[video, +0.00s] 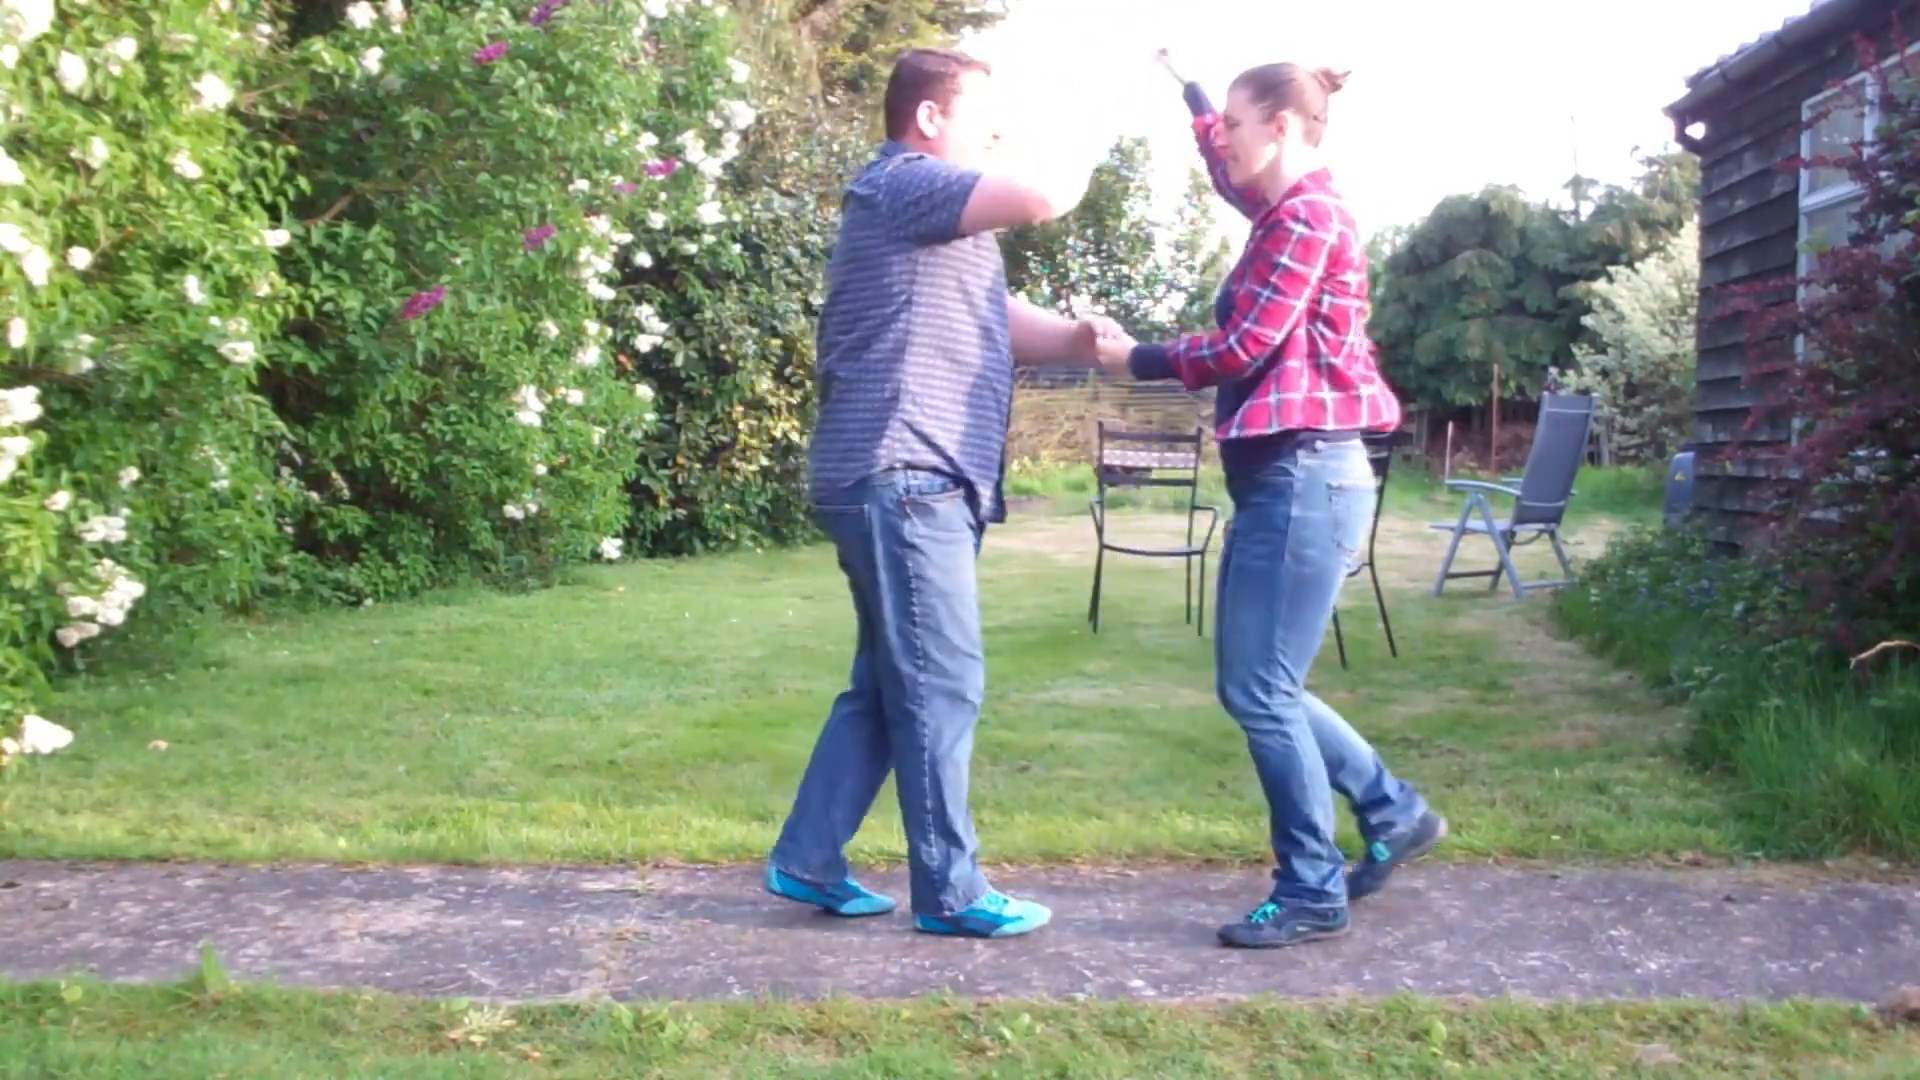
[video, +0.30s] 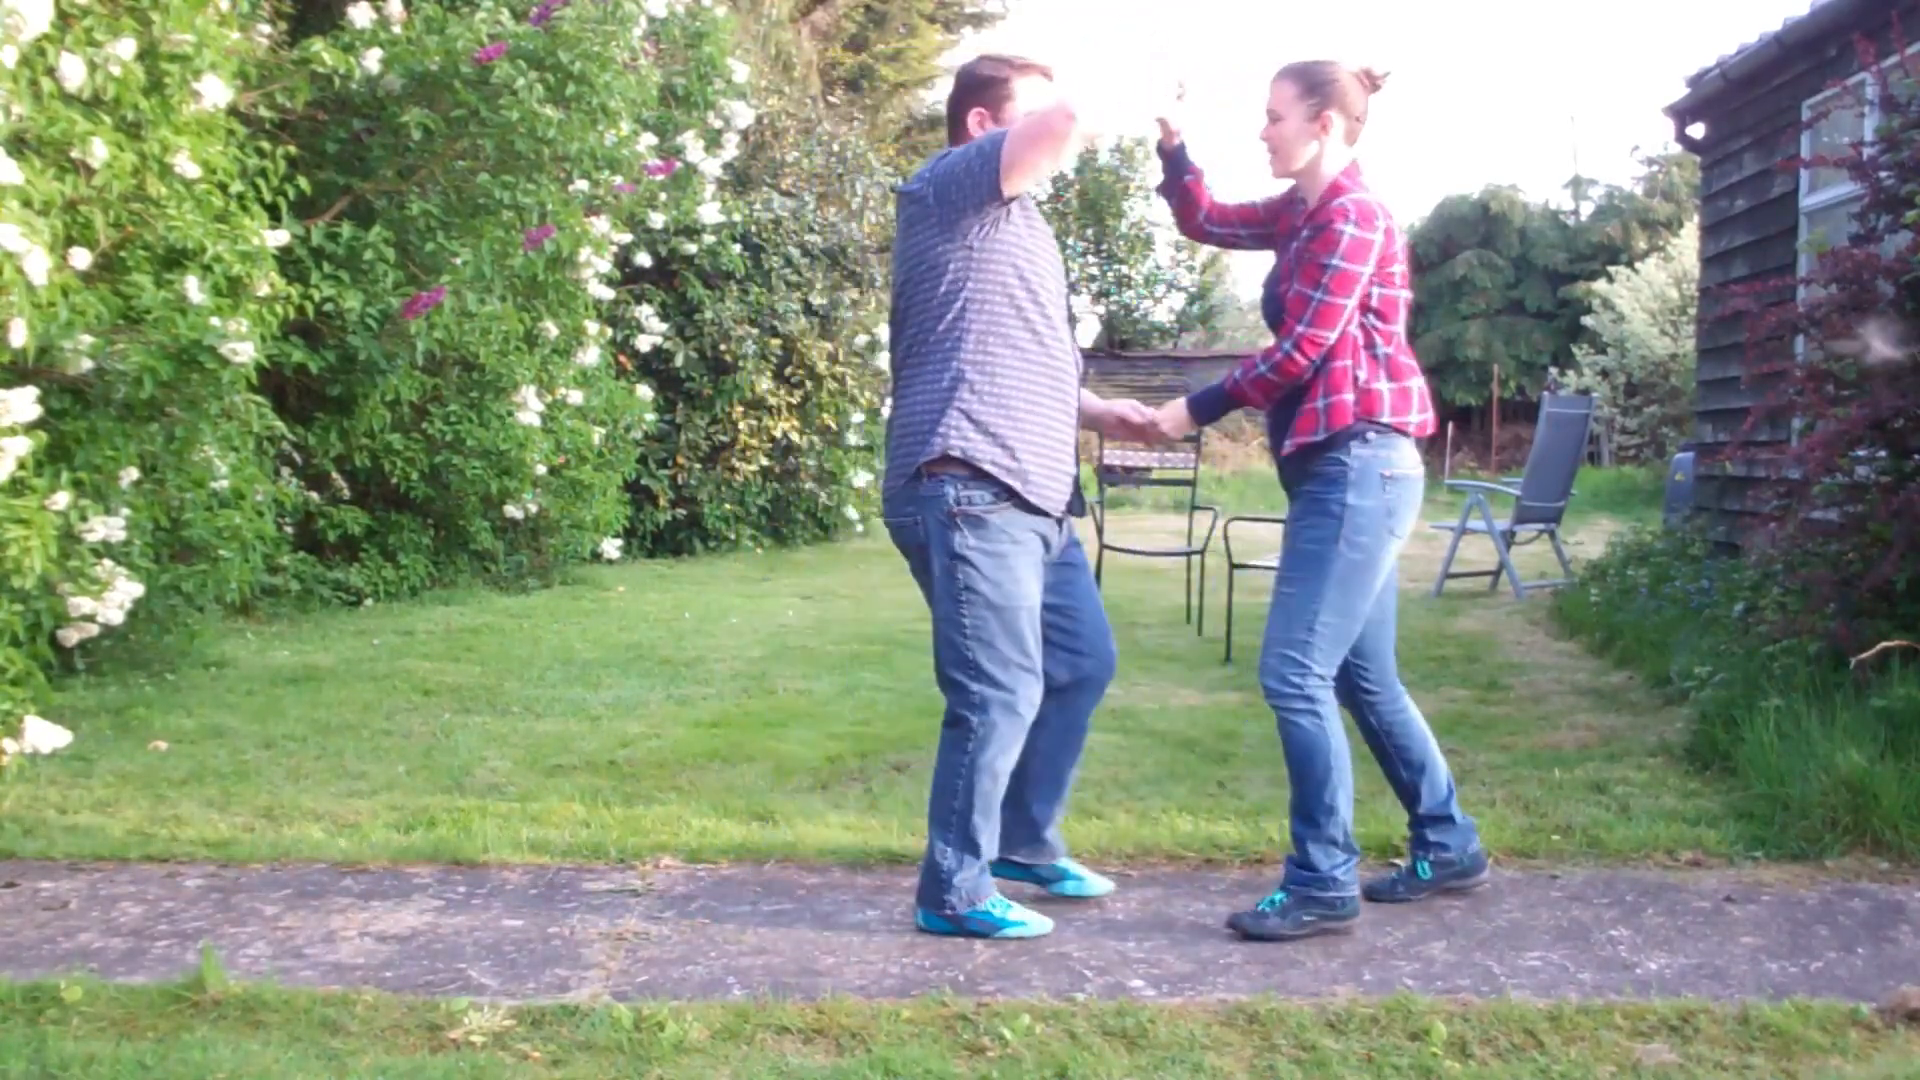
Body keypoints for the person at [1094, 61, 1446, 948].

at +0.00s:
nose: (1221, 140)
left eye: (1235, 124)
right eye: (1220, 127)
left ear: (1287, 130)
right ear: (1287, 133)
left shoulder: (1308, 213)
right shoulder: (1294, 212)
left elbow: (1240, 349)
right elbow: (1234, 181)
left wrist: (1137, 357)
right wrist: (1199, 108)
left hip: (1305, 474)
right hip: (1296, 471)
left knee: (1260, 689)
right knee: (1262, 683)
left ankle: (1312, 890)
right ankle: (1394, 812)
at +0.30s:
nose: (1261, 132)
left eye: (1274, 118)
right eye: (1262, 119)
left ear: (1326, 127)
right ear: (1317, 128)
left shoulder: (1353, 215)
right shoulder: (1307, 211)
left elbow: (1302, 348)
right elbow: (1206, 220)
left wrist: (1194, 410)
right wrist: (1173, 148)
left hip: (1358, 462)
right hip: (1351, 461)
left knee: (1295, 674)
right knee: (1366, 676)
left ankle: (1322, 883)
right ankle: (1449, 848)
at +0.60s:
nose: (1261, 132)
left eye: (1274, 117)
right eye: (1262, 117)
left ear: (1326, 123)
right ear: (1308, 122)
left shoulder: (1366, 217)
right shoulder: (1284, 204)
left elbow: (1340, 347)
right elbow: (1196, 180)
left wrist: (1233, 407)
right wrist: (1150, 98)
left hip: (1356, 464)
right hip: (1304, 466)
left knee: (1325, 673)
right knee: (1320, 669)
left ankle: (1386, 864)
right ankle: (1425, 820)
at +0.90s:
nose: (1237, 130)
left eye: (1249, 116)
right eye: (1239, 116)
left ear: (1300, 125)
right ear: (1278, 128)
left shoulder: (1347, 225)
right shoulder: (1250, 195)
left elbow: (1350, 354)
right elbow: (1172, 125)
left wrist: (1240, 377)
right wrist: (1098, 41)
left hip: (1335, 473)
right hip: (1268, 477)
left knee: (1344, 677)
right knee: (1227, 662)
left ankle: (1395, 868)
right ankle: (1306, 835)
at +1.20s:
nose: (1192, 137)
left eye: (1202, 122)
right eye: (1194, 123)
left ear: (1248, 125)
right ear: (1240, 125)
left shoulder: (1282, 227)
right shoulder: (1214, 203)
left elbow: (1261, 366)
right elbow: (1141, 159)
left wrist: (1149, 373)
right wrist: (1065, 88)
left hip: (1260, 466)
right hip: (1212, 463)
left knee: (1251, 671)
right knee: (1216, 670)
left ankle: (1363, 839)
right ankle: (1271, 848)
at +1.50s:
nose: (1106, 152)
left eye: (1115, 135)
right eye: (1108, 136)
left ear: (1152, 135)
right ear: (1163, 136)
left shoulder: (1169, 228)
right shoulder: (1191, 212)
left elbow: (1152, 368)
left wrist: (1069, 410)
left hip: (1166, 482)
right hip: (1213, 474)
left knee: (1075, 669)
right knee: (1193, 678)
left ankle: (1105, 860)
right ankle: (1270, 846)